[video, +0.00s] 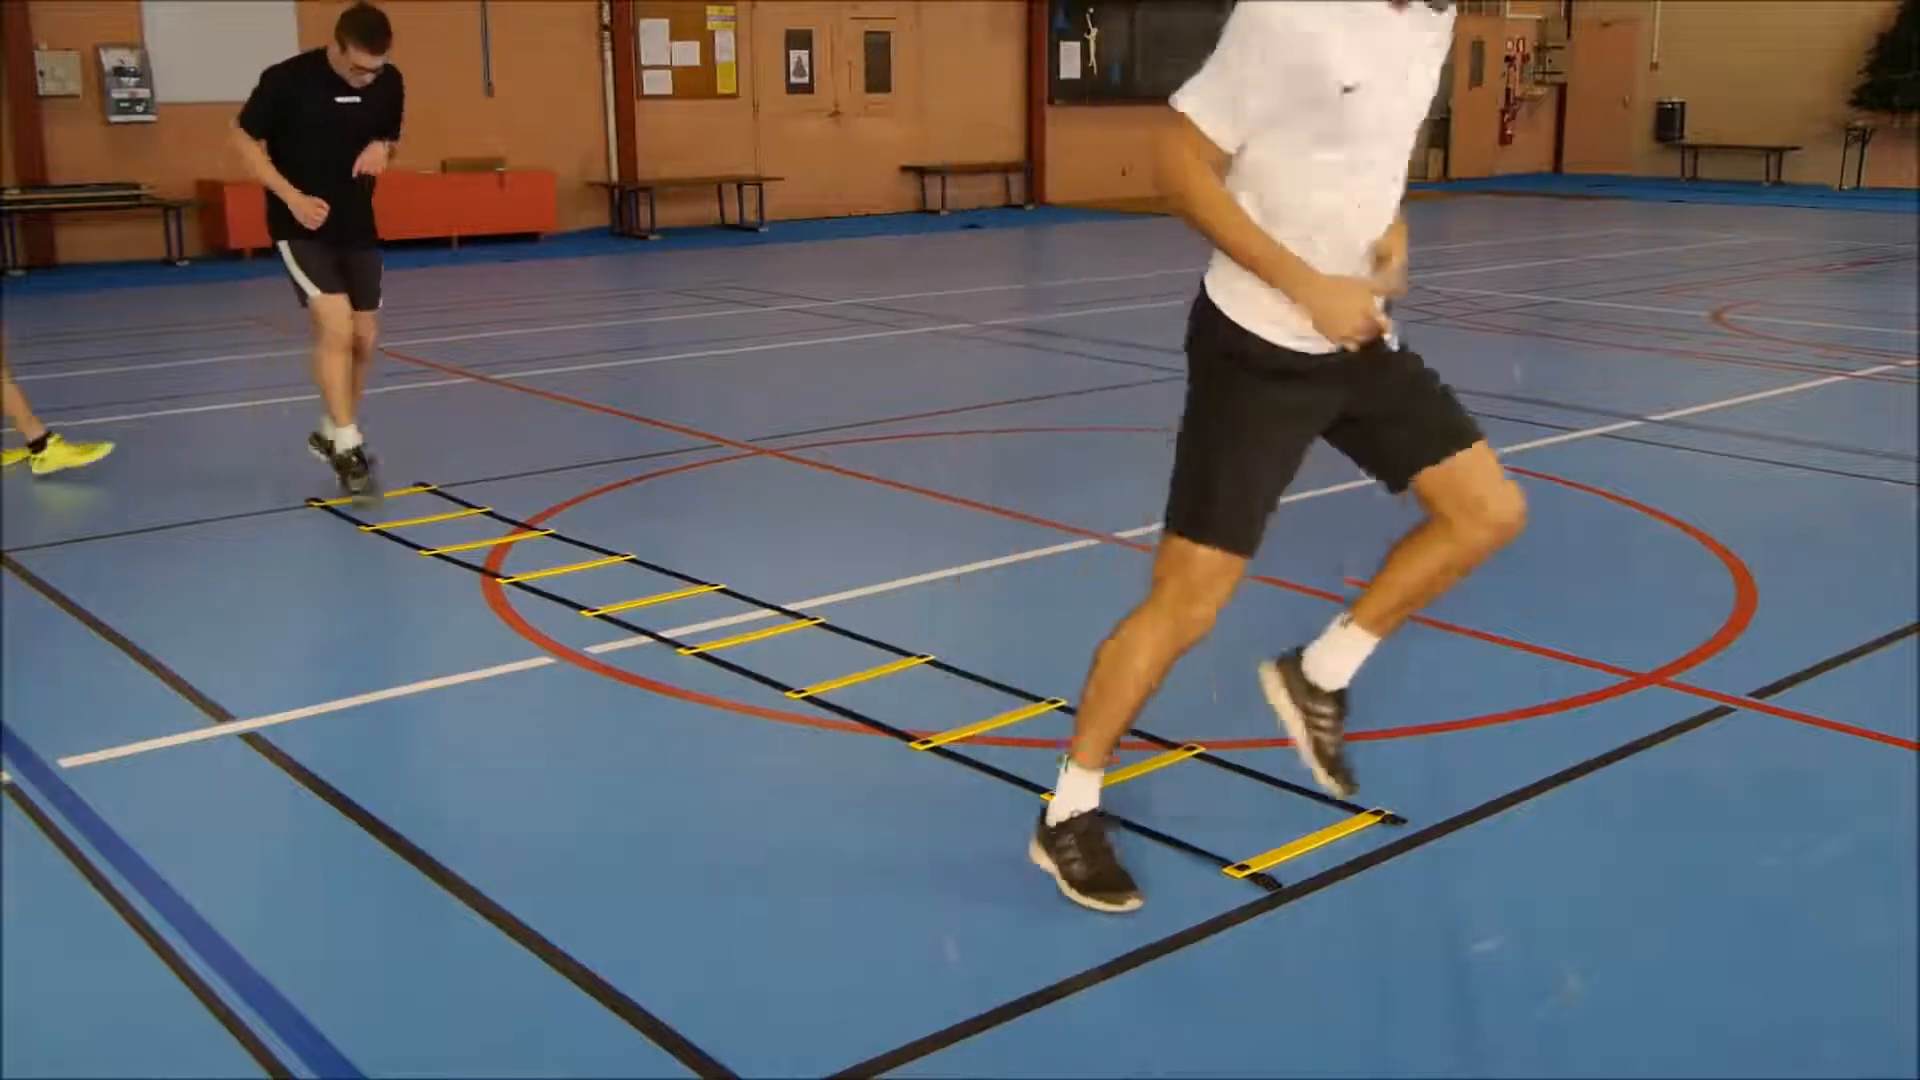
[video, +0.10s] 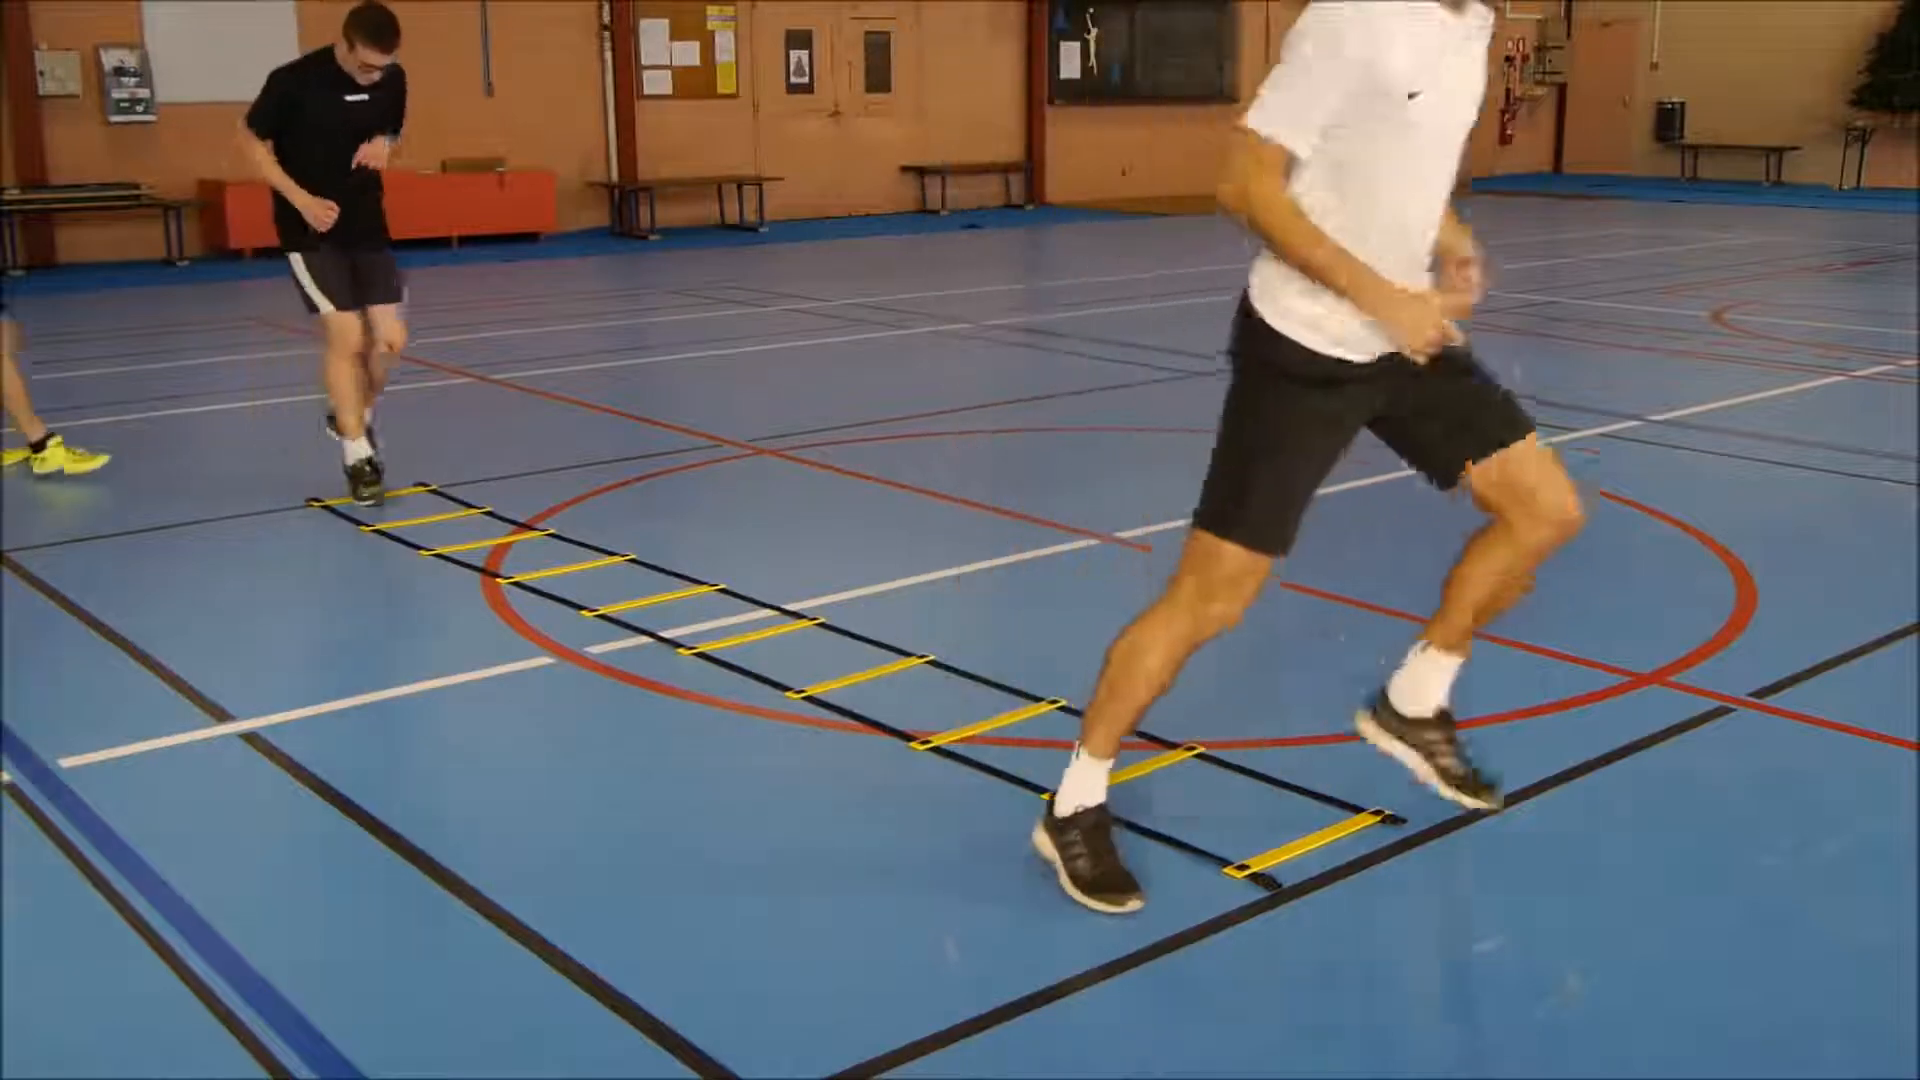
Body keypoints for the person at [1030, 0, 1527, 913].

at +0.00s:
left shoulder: (1436, 19)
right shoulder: (1284, 18)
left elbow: (1362, 142)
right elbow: (1178, 163)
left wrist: (1386, 224)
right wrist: (1306, 284)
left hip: (1357, 340)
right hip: (1253, 343)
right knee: (1189, 598)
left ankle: (1319, 675)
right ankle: (1070, 808)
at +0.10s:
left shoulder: (1473, 25)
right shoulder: (1350, 23)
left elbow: (1394, 161)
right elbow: (1248, 181)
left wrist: (1446, 235)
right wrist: (1384, 299)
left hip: (1403, 343)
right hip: (1299, 346)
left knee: (1544, 510)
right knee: (1210, 596)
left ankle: (1414, 702)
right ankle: (1074, 803)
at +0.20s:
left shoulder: (1602, 9)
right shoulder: (1433, 6)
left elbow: (1511, 140)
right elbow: (1321, 119)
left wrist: (1562, 198)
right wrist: (1434, 242)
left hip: (1515, 337)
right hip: (1400, 327)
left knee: (1558, 567)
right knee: (1332, 596)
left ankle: (1487, 779)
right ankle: (1159, 763)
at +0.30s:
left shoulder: (1696, 11)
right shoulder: (1495, 10)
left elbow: (1677, 147)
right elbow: (1378, 112)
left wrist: (1666, 203)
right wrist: (1445, 240)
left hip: (1588, 346)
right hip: (1469, 339)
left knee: (1600, 576)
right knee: (1464, 611)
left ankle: (1494, 775)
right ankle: (1294, 738)